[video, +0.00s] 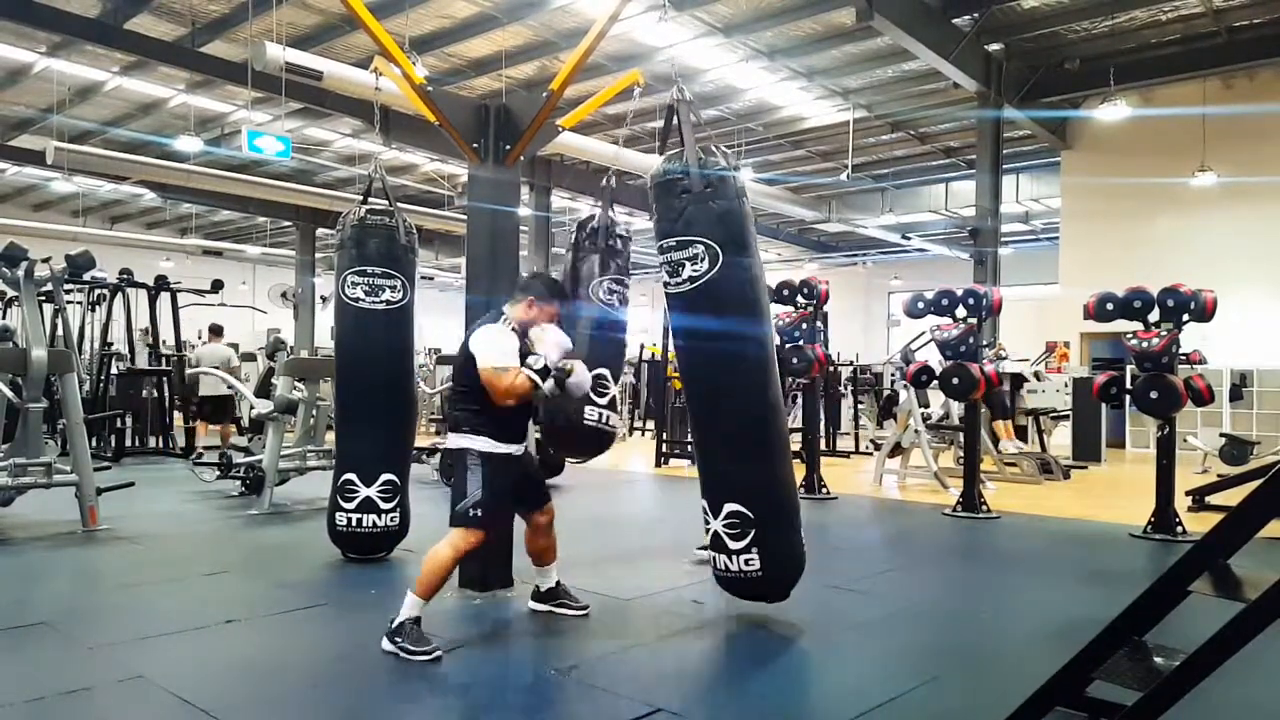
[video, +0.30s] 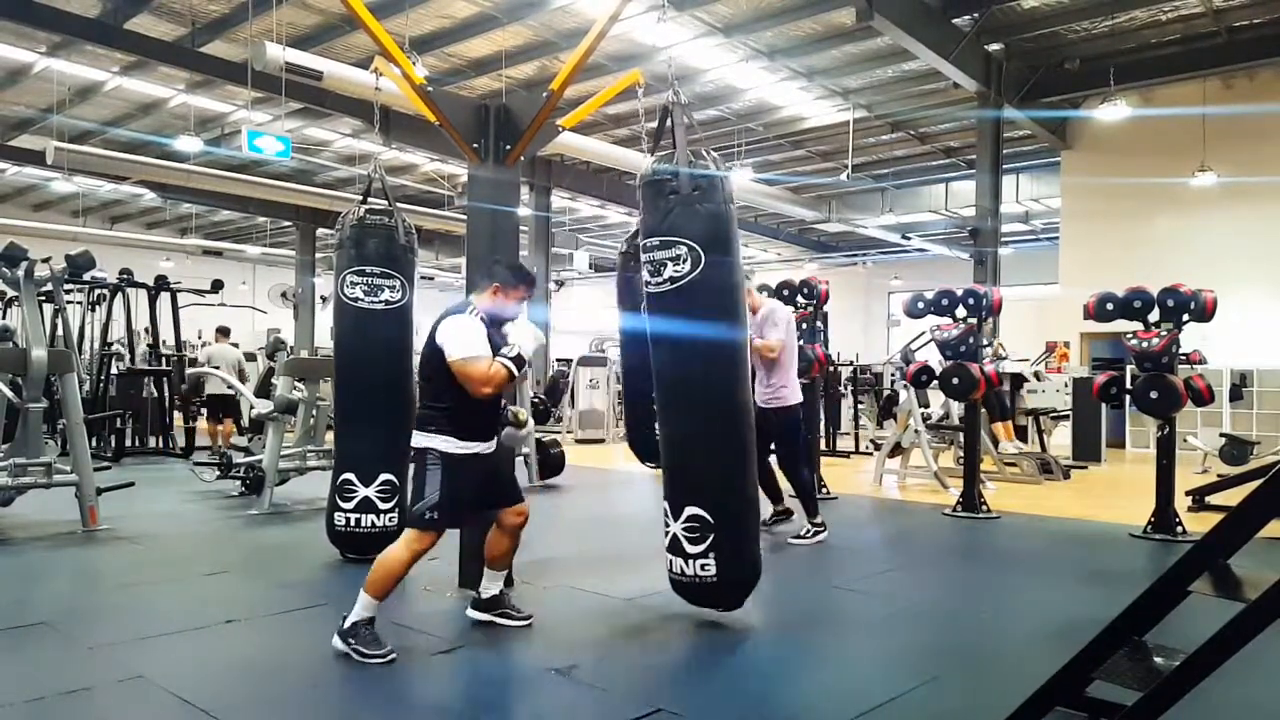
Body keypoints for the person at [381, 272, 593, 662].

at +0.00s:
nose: (550, 325)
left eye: (553, 319)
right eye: (549, 316)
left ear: (530, 308)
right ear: (529, 305)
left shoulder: (522, 342)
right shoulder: (491, 335)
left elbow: (529, 390)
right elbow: (504, 392)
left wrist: (565, 382)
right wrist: (540, 364)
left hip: (512, 450)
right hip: (474, 449)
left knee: (541, 515)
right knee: (470, 533)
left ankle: (547, 589)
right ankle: (403, 624)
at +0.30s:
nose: (519, 312)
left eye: (522, 304)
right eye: (518, 302)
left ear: (498, 293)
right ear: (496, 290)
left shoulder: (490, 329)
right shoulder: (459, 324)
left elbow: (482, 390)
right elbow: (485, 385)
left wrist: (504, 415)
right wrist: (517, 353)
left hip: (484, 448)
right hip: (442, 450)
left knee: (513, 515)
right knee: (420, 538)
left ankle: (490, 598)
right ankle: (355, 625)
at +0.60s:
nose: (511, 305)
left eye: (514, 299)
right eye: (508, 296)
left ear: (507, 294)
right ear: (485, 285)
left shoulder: (497, 321)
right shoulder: (434, 309)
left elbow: (531, 345)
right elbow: (422, 361)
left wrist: (578, 341)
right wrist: (477, 347)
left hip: (476, 441)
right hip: (427, 440)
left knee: (494, 517)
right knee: (401, 528)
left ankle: (482, 602)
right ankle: (340, 613)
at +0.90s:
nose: (461, 309)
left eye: (464, 301)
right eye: (460, 299)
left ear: (439, 290)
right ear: (435, 287)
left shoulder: (424, 327)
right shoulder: (394, 319)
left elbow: (411, 379)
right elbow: (385, 375)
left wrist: (439, 403)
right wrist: (432, 400)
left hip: (416, 449)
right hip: (371, 451)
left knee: (454, 518)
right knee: (351, 544)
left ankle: (474, 598)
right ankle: (299, 632)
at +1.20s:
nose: (440, 301)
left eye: (444, 292)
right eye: (438, 289)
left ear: (417, 281)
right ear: (413, 277)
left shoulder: (411, 321)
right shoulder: (364, 313)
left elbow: (413, 378)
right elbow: (371, 374)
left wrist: (448, 368)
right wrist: (423, 347)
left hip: (399, 444)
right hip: (355, 446)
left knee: (428, 517)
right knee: (338, 543)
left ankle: (383, 596)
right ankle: (296, 633)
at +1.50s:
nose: (465, 306)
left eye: (468, 298)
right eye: (465, 296)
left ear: (445, 286)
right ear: (446, 285)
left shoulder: (434, 319)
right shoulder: (406, 309)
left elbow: (438, 361)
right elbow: (393, 359)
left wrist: (471, 356)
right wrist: (444, 385)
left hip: (423, 443)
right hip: (385, 444)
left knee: (432, 528)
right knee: (359, 534)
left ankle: (453, 604)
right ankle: (303, 627)